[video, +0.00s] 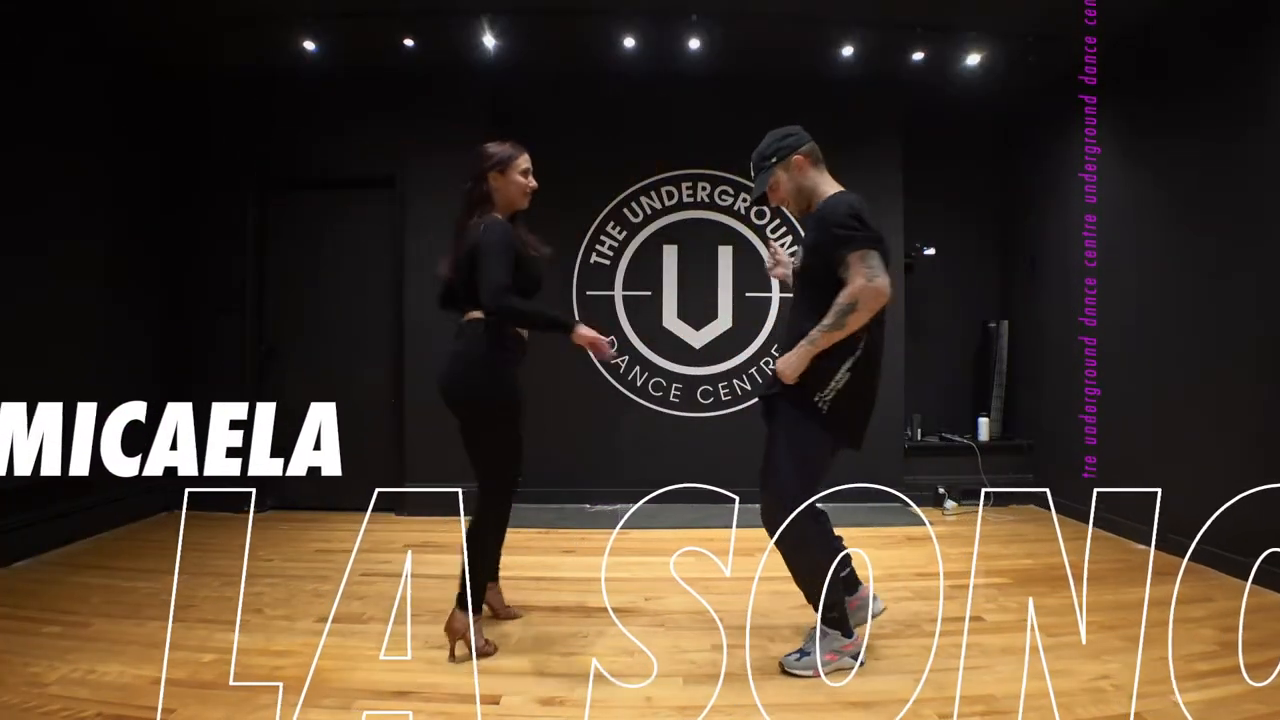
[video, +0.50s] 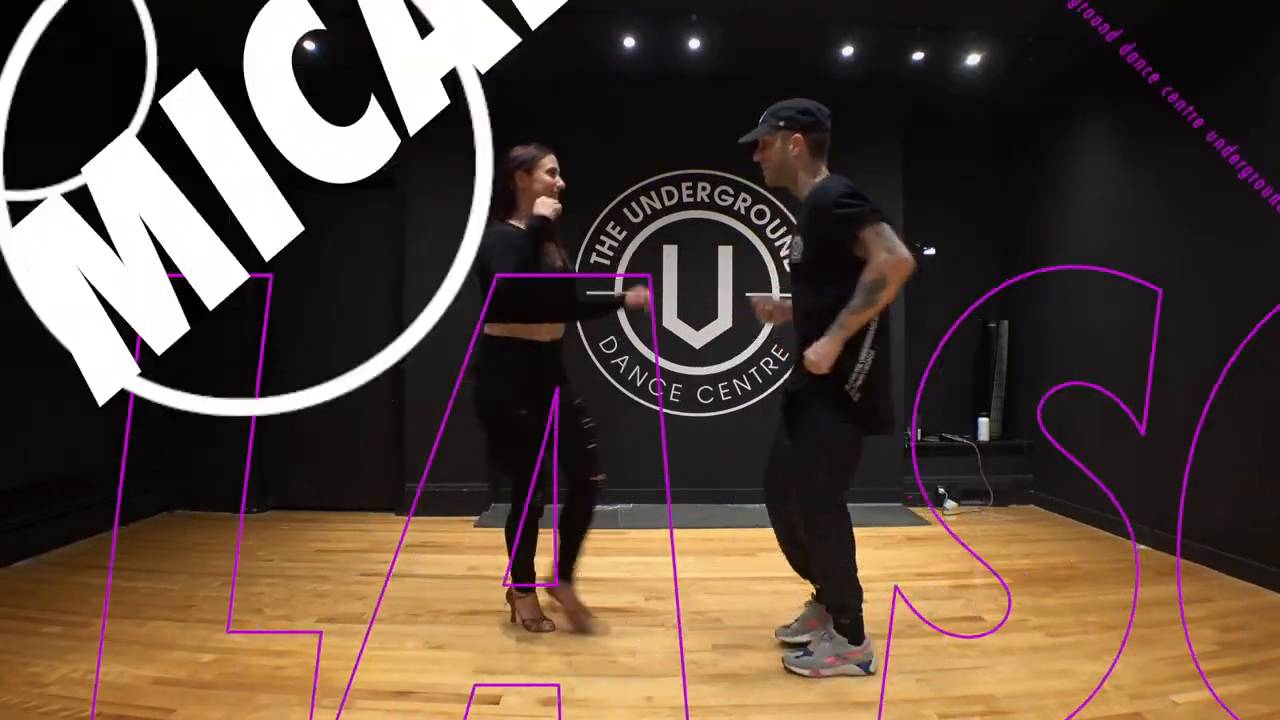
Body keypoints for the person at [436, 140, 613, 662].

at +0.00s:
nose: (533, 183)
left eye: (532, 174)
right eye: (524, 174)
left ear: (502, 184)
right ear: (495, 180)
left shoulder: (483, 229)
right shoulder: (496, 230)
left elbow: (449, 298)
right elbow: (500, 301)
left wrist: (500, 314)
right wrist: (570, 327)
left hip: (475, 363)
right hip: (486, 365)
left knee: (499, 480)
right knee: (498, 485)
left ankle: (488, 582)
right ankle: (464, 611)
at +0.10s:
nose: (542, 182)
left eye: (541, 174)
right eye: (532, 174)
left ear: (520, 182)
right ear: (503, 179)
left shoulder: (515, 236)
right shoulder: (493, 229)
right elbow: (470, 275)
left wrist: (565, 280)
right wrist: (534, 277)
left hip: (496, 367)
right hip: (486, 368)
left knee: (494, 477)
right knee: (539, 478)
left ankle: (482, 585)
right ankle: (489, 587)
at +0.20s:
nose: (547, 182)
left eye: (546, 175)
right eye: (537, 174)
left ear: (534, 185)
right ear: (508, 180)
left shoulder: (532, 240)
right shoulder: (490, 230)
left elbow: (544, 288)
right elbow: (460, 263)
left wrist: (591, 268)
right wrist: (524, 242)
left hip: (510, 369)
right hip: (488, 370)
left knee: (493, 476)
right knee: (547, 473)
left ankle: (484, 579)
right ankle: (513, 583)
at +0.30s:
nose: (550, 184)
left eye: (550, 176)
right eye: (540, 175)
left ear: (545, 187)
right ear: (510, 181)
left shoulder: (541, 242)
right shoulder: (489, 232)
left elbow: (558, 290)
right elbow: (458, 257)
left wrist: (610, 265)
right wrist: (526, 222)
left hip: (526, 369)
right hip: (495, 369)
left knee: (504, 477)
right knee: (542, 477)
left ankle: (486, 577)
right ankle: (527, 588)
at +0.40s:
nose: (556, 181)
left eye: (556, 173)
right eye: (547, 172)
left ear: (550, 182)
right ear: (517, 178)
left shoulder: (547, 244)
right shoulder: (493, 232)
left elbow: (568, 301)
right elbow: (484, 269)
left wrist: (620, 277)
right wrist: (531, 217)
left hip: (539, 368)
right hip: (502, 367)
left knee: (562, 477)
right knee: (531, 478)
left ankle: (517, 566)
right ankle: (524, 592)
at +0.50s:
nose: (559, 182)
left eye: (559, 173)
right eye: (550, 173)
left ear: (546, 182)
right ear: (520, 180)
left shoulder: (552, 242)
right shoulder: (499, 239)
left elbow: (567, 307)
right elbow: (508, 290)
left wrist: (621, 300)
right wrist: (536, 228)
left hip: (548, 370)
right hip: (505, 373)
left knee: (583, 477)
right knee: (530, 481)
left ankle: (562, 581)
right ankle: (522, 588)